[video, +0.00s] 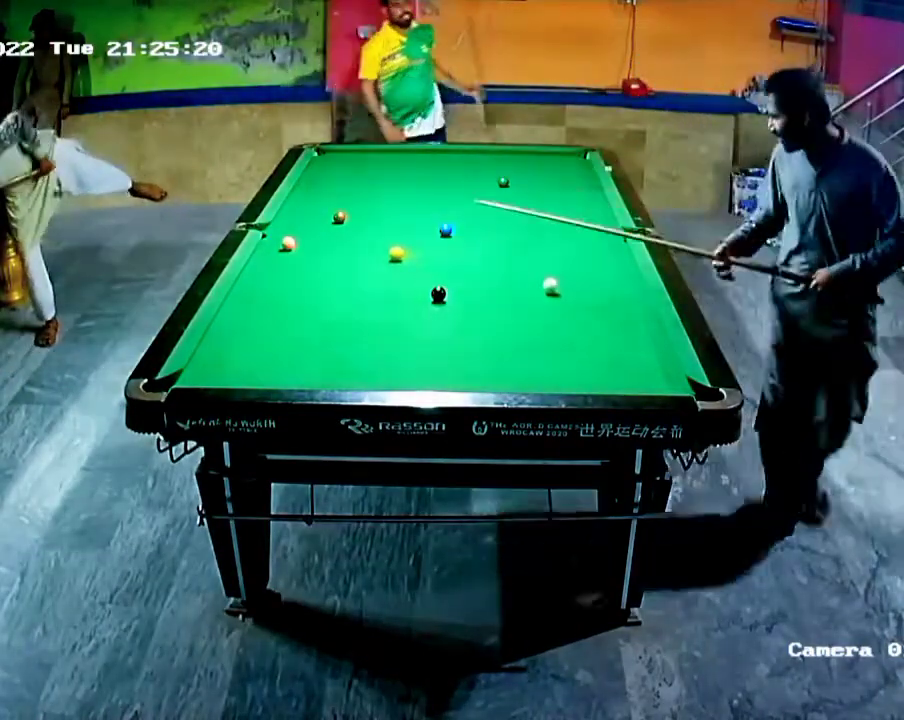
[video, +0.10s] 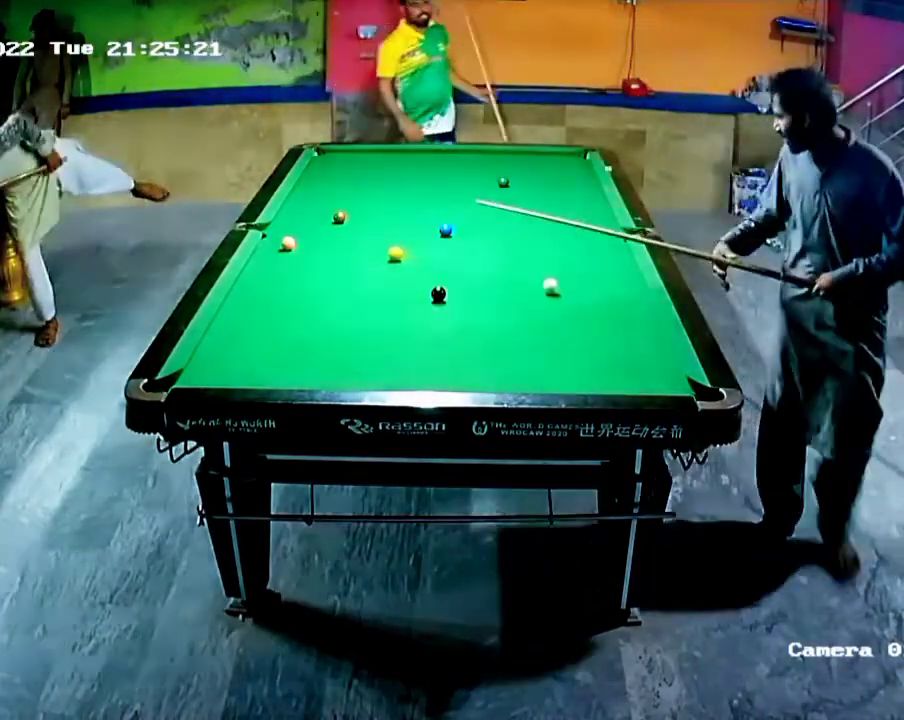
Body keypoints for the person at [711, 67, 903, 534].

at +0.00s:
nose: (770, 126)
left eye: (778, 116)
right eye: (768, 116)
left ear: (809, 113)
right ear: (780, 114)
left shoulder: (865, 167)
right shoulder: (783, 158)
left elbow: (897, 242)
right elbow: (777, 211)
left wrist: (845, 269)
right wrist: (740, 244)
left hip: (844, 322)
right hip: (791, 313)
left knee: (834, 422)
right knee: (778, 415)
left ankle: (804, 476)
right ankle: (782, 504)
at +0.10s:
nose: (777, 125)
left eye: (785, 116)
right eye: (775, 115)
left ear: (816, 115)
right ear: (796, 116)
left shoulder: (870, 170)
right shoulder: (789, 161)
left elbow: (903, 247)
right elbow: (774, 214)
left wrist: (850, 275)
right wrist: (733, 242)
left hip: (852, 328)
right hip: (796, 318)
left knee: (844, 440)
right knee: (782, 423)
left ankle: (834, 534)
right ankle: (778, 519)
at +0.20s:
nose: (784, 129)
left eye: (792, 119)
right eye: (783, 119)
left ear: (823, 118)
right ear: (797, 119)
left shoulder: (876, 178)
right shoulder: (796, 163)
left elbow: (902, 256)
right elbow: (778, 215)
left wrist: (850, 277)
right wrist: (734, 239)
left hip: (856, 340)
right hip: (802, 330)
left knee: (851, 456)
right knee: (780, 433)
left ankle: (847, 560)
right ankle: (776, 523)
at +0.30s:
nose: (801, 139)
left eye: (809, 129)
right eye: (798, 129)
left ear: (840, 127)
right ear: (801, 128)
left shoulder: (887, 189)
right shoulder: (813, 175)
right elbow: (784, 221)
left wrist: (860, 290)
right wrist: (733, 253)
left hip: (873, 347)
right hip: (820, 334)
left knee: (862, 462)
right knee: (788, 434)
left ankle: (854, 567)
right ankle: (778, 522)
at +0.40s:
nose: (808, 144)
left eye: (816, 133)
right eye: (807, 133)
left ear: (847, 134)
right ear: (831, 136)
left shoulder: (895, 193)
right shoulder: (828, 181)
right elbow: (792, 227)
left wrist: (871, 298)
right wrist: (733, 260)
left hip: (884, 355)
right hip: (839, 339)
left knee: (864, 473)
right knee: (797, 443)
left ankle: (853, 569)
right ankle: (782, 520)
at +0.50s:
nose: (812, 151)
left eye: (819, 140)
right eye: (811, 140)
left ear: (850, 140)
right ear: (824, 143)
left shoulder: (897, 197)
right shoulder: (833, 191)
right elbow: (790, 235)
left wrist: (887, 305)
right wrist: (725, 270)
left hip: (899, 345)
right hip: (857, 328)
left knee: (872, 465)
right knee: (824, 428)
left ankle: (855, 567)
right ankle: (818, 516)